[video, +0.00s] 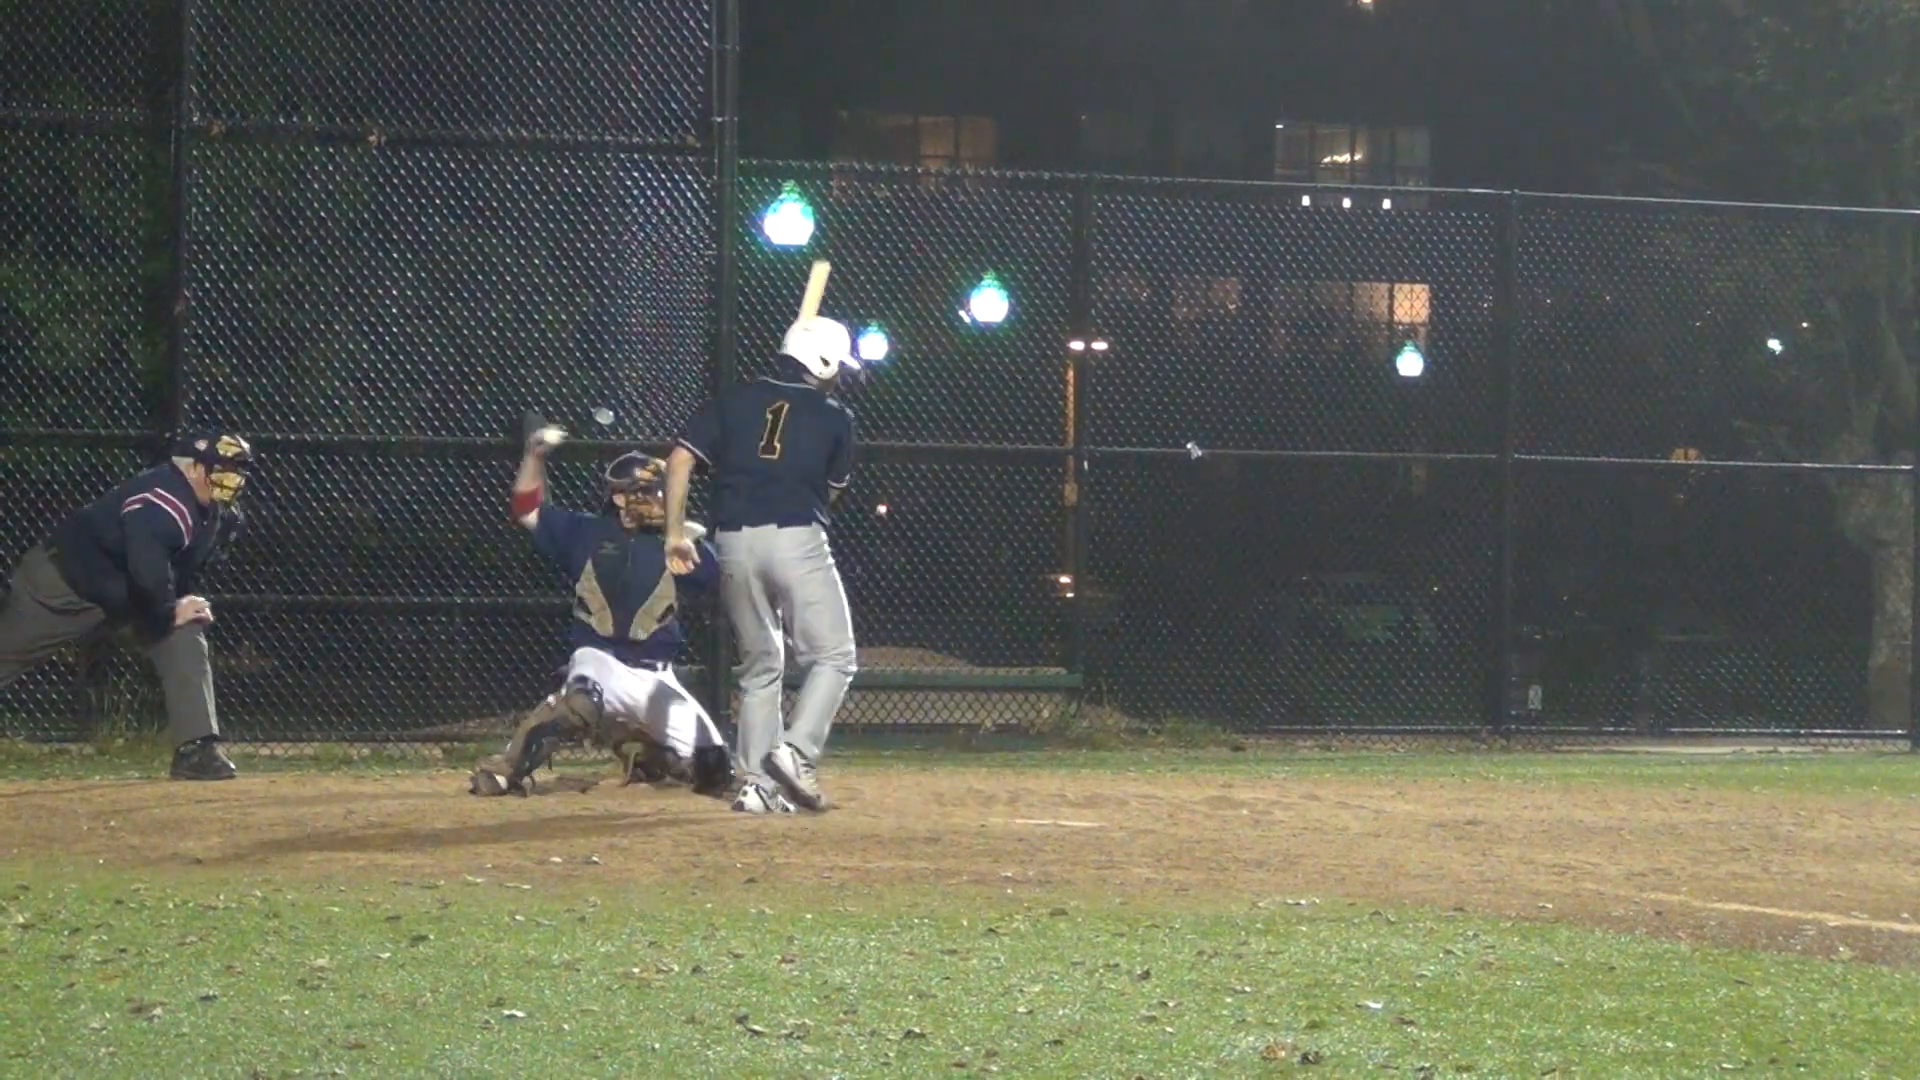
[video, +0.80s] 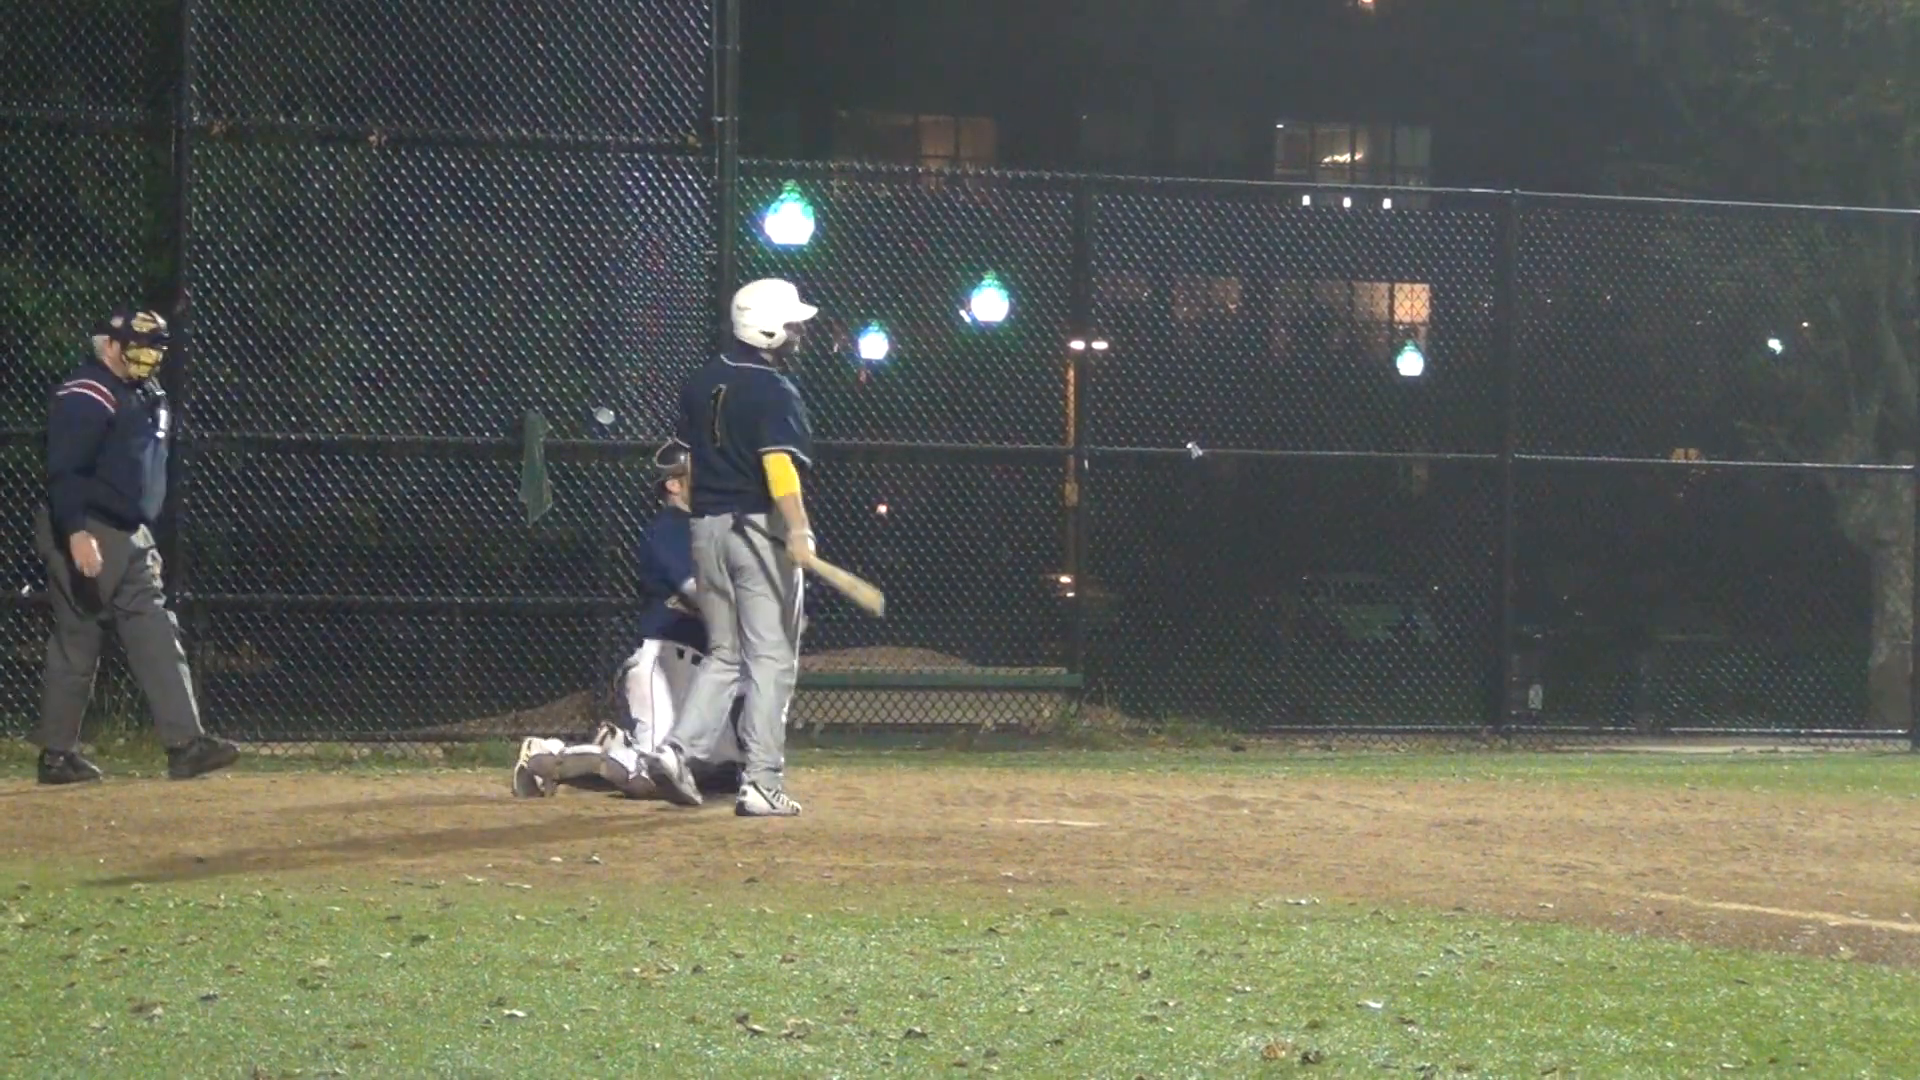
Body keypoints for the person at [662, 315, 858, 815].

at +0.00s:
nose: (839, 376)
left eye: (840, 367)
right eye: (837, 367)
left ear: (786, 354)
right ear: (826, 366)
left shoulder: (736, 398)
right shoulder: (836, 416)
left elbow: (681, 455)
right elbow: (833, 491)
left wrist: (674, 530)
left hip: (734, 543)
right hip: (796, 540)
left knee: (759, 667)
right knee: (833, 657)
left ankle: (754, 784)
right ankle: (797, 752)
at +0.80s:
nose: (799, 334)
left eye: (797, 325)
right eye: (792, 326)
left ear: (743, 326)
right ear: (769, 330)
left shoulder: (701, 380)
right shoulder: (771, 387)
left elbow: (691, 453)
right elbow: (778, 462)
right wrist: (798, 527)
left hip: (706, 529)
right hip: (756, 528)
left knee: (725, 652)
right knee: (771, 657)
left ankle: (680, 749)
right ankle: (763, 784)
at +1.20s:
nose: (737, 332)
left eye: (734, 323)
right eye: (727, 324)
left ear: (688, 333)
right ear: (701, 331)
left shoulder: (655, 382)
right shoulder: (699, 384)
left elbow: (637, 465)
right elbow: (700, 452)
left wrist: (643, 517)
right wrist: (721, 504)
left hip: (648, 530)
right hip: (695, 528)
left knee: (657, 658)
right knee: (731, 656)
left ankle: (638, 785)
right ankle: (762, 781)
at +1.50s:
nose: (699, 324)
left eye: (696, 315)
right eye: (690, 316)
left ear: (651, 323)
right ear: (661, 322)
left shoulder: (610, 377)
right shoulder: (663, 373)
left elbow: (602, 456)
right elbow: (668, 456)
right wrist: (682, 534)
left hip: (621, 523)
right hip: (671, 520)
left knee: (638, 651)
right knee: (744, 629)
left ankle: (635, 782)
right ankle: (726, 751)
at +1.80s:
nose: (675, 319)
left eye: (673, 310)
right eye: (666, 311)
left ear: (623, 320)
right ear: (639, 317)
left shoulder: (593, 381)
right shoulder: (658, 371)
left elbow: (584, 472)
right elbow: (677, 452)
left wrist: (607, 523)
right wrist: (709, 525)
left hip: (609, 529)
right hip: (656, 522)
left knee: (632, 651)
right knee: (709, 640)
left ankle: (629, 779)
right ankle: (664, 753)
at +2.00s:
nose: (666, 319)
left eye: (663, 310)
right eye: (659, 311)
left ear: (616, 321)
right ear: (637, 318)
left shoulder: (587, 382)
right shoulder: (654, 373)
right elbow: (676, 453)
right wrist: (722, 510)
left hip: (603, 523)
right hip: (654, 521)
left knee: (625, 654)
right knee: (665, 653)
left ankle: (628, 773)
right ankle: (630, 779)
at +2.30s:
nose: (664, 315)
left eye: (661, 307)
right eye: (657, 308)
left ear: (614, 320)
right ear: (639, 316)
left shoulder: (596, 375)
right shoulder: (647, 375)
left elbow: (645, 456)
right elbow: (669, 458)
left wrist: (712, 452)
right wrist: (712, 480)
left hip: (600, 524)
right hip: (644, 528)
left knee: (624, 655)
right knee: (639, 658)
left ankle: (637, 776)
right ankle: (617, 787)